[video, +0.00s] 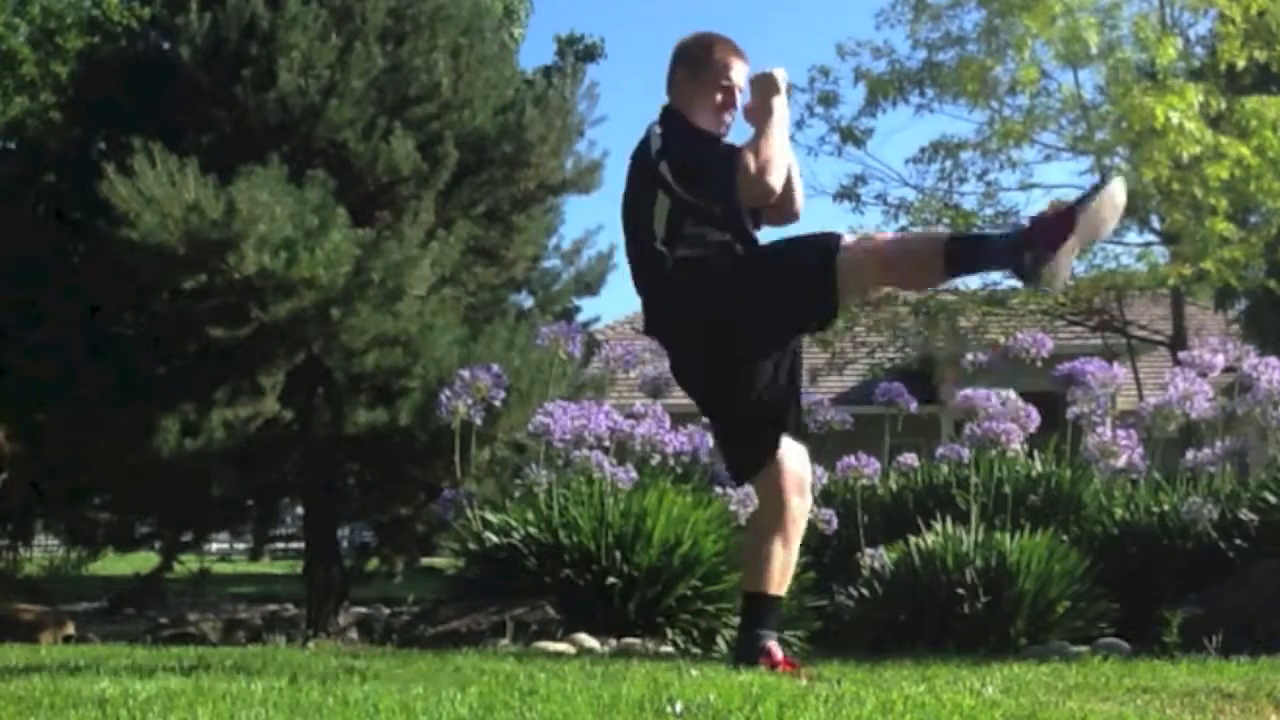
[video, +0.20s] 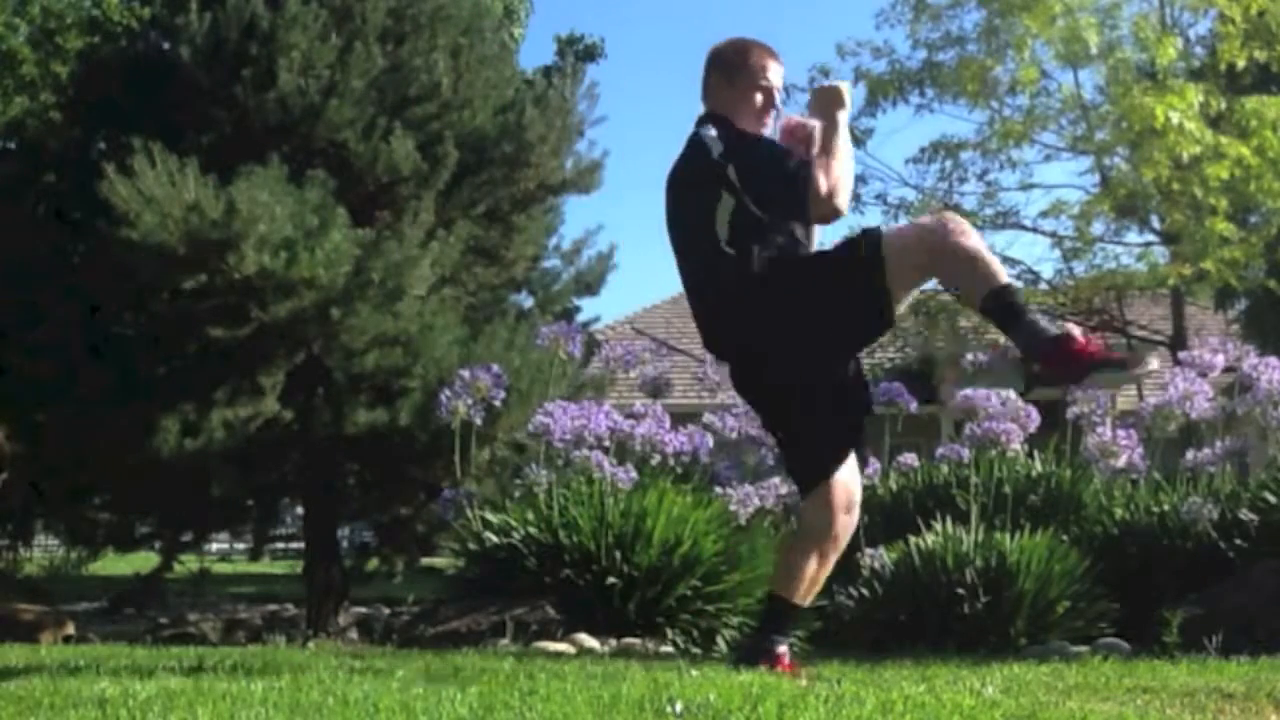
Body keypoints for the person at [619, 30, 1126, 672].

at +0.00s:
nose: (735, 101)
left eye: (738, 91)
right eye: (728, 87)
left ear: (718, 95)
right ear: (695, 83)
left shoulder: (702, 156)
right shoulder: (672, 143)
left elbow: (784, 210)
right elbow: (760, 179)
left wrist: (773, 127)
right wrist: (773, 109)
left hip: (706, 340)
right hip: (720, 299)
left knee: (787, 486)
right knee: (874, 259)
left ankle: (756, 644)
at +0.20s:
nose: (777, 102)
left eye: (777, 92)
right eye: (769, 89)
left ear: (720, 92)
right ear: (734, 88)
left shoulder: (711, 158)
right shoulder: (729, 146)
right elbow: (828, 200)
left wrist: (805, 148)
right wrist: (835, 121)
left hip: (769, 352)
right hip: (790, 312)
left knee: (833, 512)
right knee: (943, 237)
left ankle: (765, 644)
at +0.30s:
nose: (787, 98)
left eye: (787, 87)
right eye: (776, 85)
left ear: (727, 92)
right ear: (737, 84)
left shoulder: (703, 168)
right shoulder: (759, 144)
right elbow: (854, 191)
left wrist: (810, 150)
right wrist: (855, 115)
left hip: (775, 353)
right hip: (828, 320)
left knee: (842, 513)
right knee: (992, 348)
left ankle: (766, 646)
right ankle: (1024, 505)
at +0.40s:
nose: (813, 90)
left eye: (816, 79)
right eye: (800, 76)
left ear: (758, 90)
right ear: (756, 80)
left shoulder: (728, 168)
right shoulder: (795, 138)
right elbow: (890, 184)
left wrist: (837, 139)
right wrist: (883, 112)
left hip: (798, 351)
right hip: (855, 326)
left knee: (849, 519)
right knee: (967, 445)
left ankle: (767, 645)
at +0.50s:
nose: (854, 82)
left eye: (856, 71)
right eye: (840, 69)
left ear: (803, 83)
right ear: (793, 76)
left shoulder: (770, 158)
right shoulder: (827, 141)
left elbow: (832, 219)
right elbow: (930, 185)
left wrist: (865, 146)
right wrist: (918, 113)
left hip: (830, 352)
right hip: (878, 342)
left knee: (865, 522)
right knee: (932, 503)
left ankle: (768, 646)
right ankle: (980, 666)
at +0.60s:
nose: (899, 69)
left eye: (901, 57)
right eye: (886, 56)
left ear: (852, 63)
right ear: (839, 56)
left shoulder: (829, 123)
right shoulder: (845, 125)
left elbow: (906, 200)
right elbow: (940, 194)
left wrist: (914, 134)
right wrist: (950, 119)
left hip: (855, 334)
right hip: (887, 328)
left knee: (878, 513)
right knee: (954, 489)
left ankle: (772, 644)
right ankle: (980, 663)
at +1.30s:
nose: (857, 80)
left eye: (861, 70)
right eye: (844, 66)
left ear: (856, 77)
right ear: (800, 65)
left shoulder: (830, 141)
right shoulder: (791, 129)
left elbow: (885, 240)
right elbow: (845, 196)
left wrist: (894, 157)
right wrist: (885, 126)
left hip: (841, 340)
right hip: (823, 340)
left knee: (864, 505)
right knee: (902, 487)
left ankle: (772, 644)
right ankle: (958, 657)